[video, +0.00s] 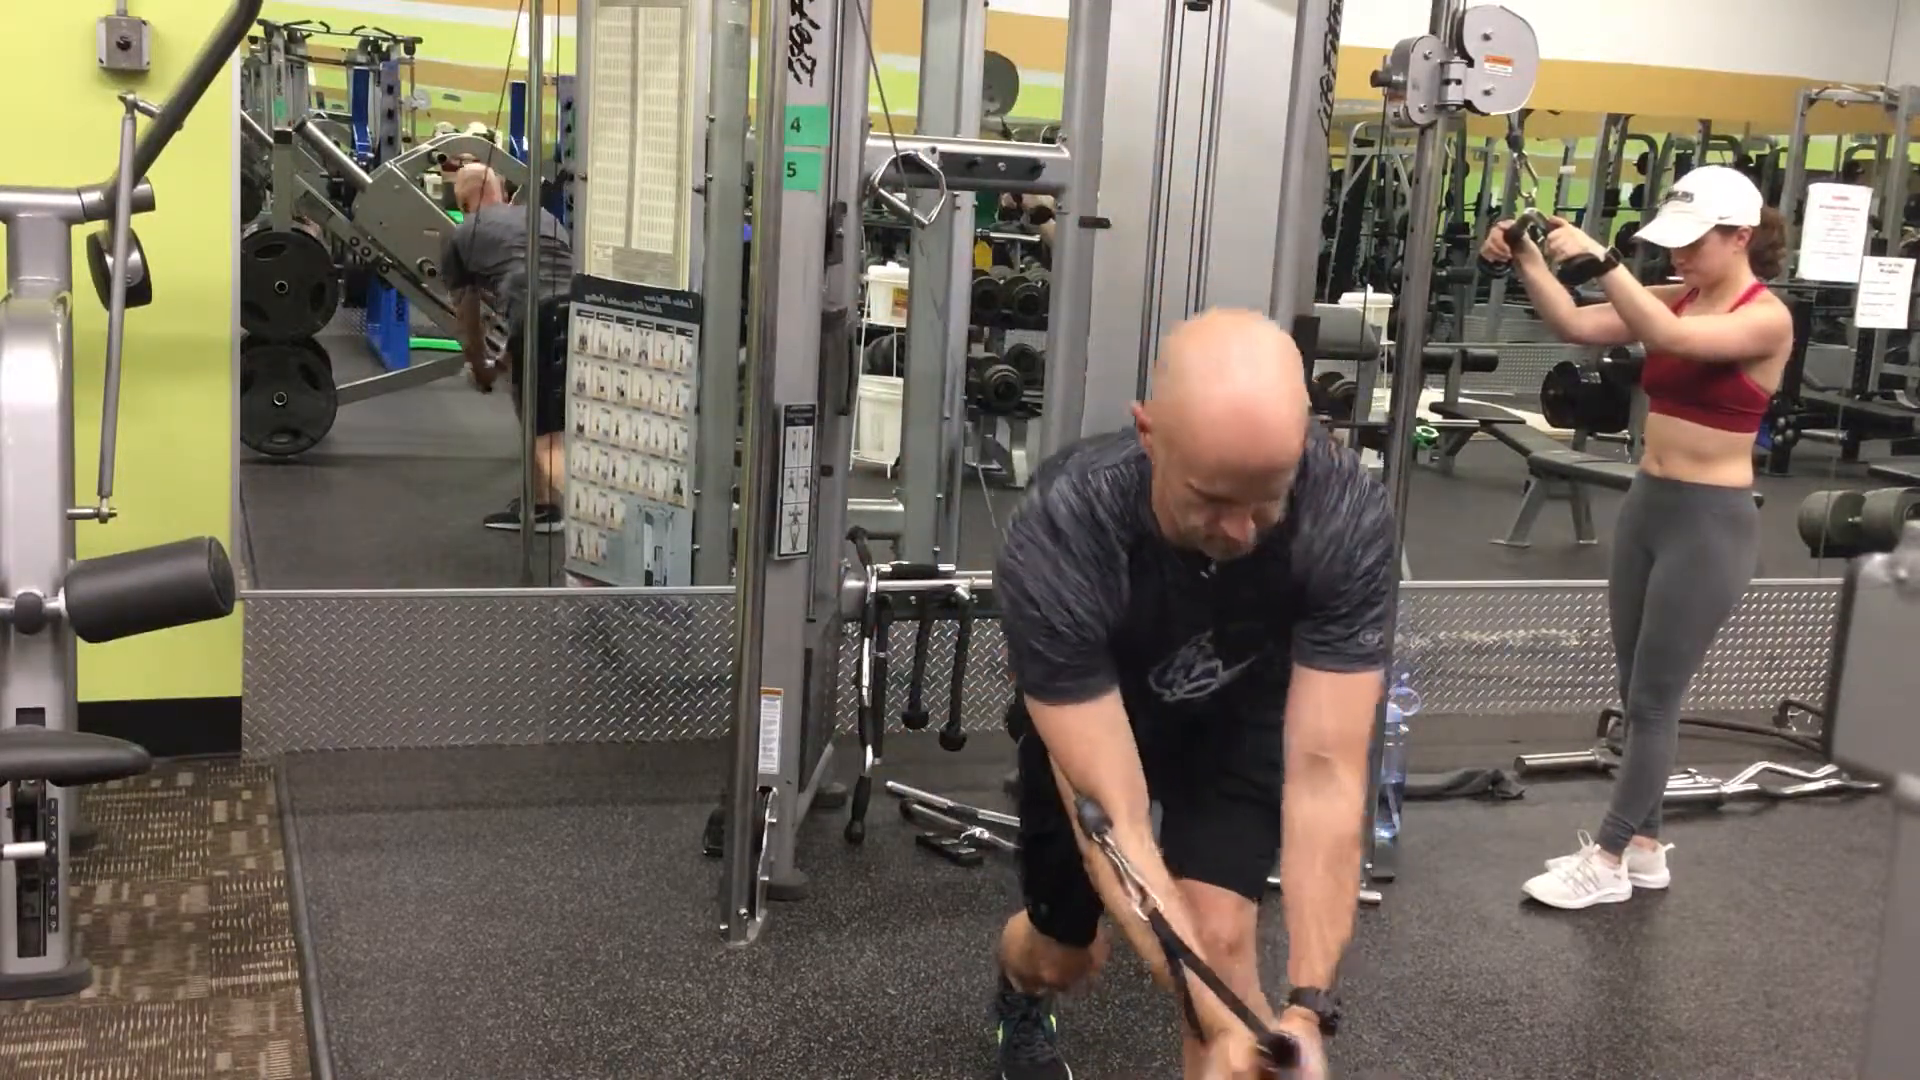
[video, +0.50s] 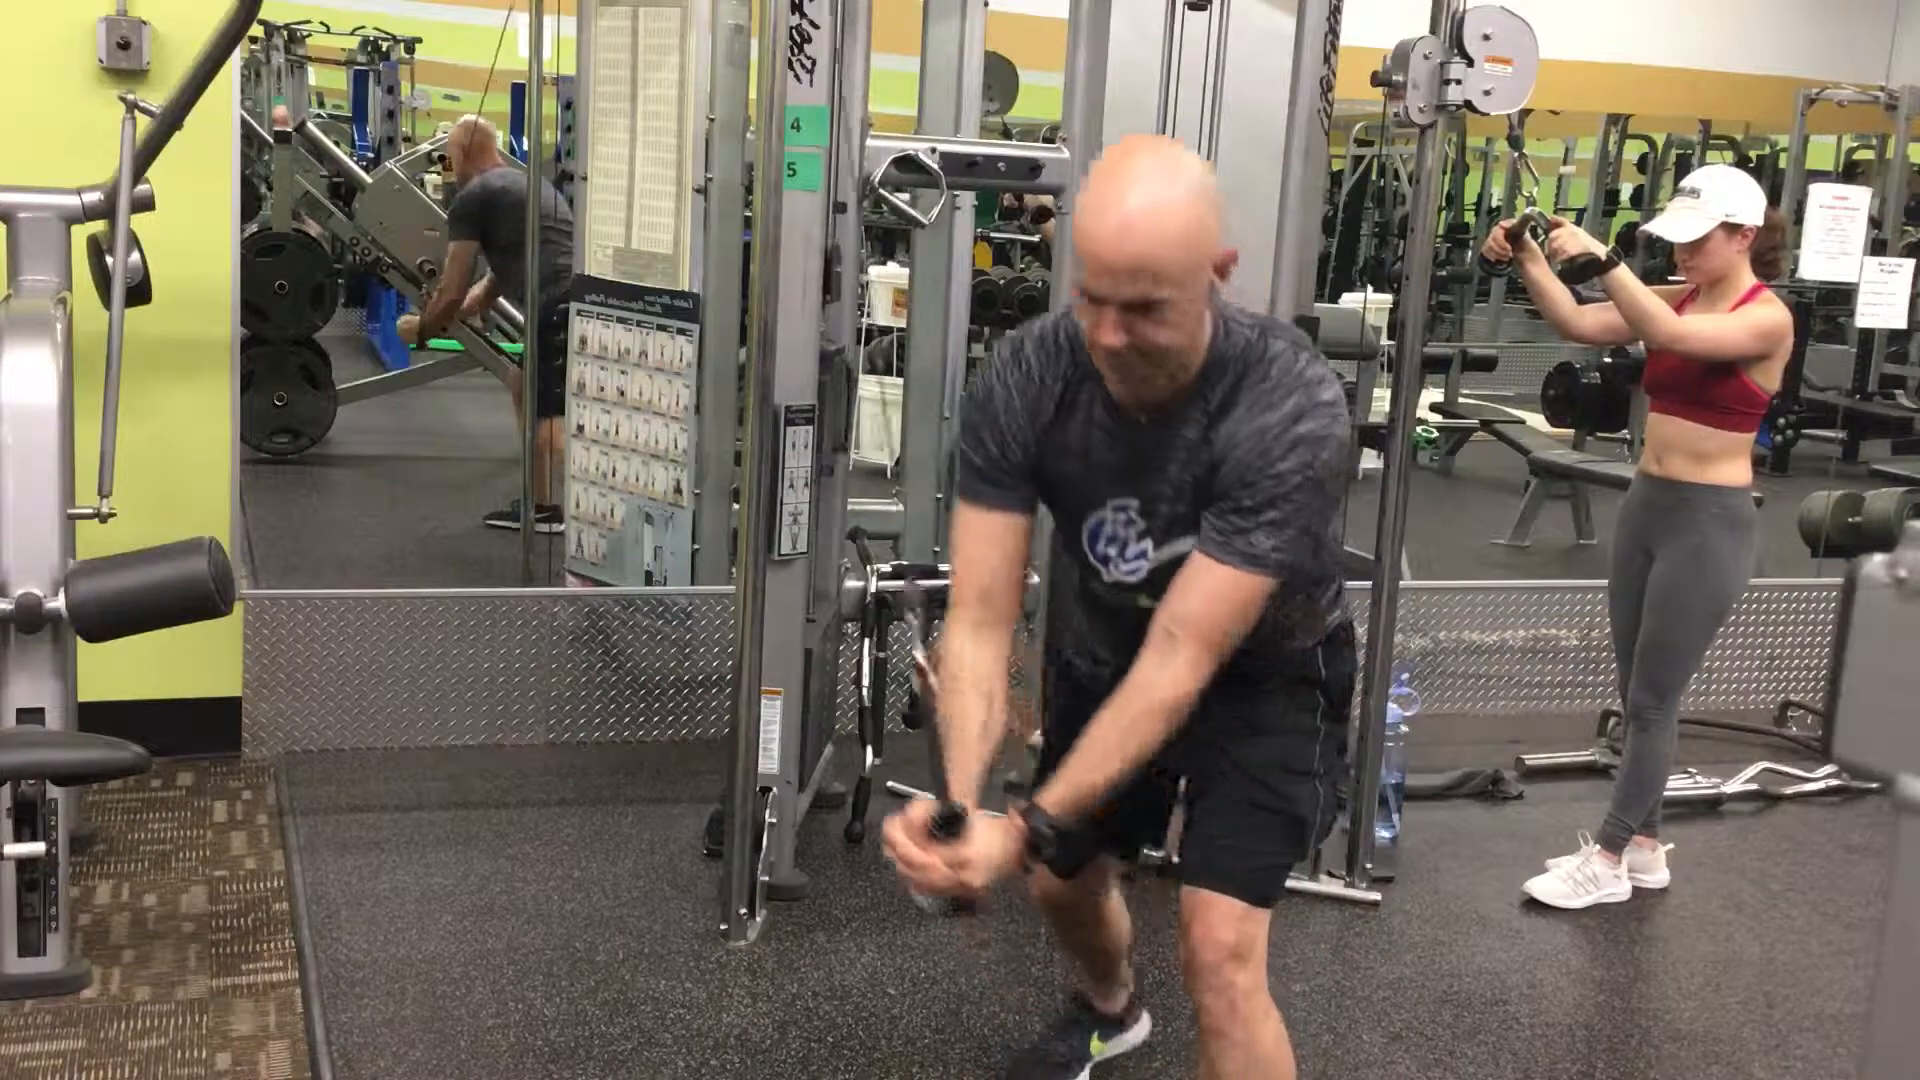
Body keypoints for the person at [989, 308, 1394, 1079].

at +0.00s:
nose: (1241, 530)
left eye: (1267, 499)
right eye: (1210, 500)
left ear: (1298, 444)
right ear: (1146, 434)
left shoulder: (1346, 518)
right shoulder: (1058, 535)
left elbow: (1328, 770)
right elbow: (1109, 821)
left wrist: (1310, 1004)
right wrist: (1222, 1022)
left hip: (1235, 721)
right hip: (1090, 707)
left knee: (1219, 940)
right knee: (1067, 960)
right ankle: (1020, 992)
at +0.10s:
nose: (1222, 489)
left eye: (1248, 455)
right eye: (1191, 459)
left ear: (1287, 384)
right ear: (1132, 393)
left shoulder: (1340, 495)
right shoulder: (1052, 500)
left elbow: (1300, 753)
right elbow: (1079, 780)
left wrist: (1253, 979)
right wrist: (1156, 987)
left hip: (1241, 732)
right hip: (1105, 723)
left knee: (1221, 953)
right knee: (1058, 944)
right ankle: (1033, 997)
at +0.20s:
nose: (1194, 449)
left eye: (1226, 420)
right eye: (1166, 414)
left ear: (1279, 356)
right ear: (1121, 351)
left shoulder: (1334, 475)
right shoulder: (1046, 466)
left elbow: (1269, 734)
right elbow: (1051, 738)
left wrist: (1187, 945)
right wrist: (1087, 931)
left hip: (1251, 715)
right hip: (1109, 705)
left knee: (1230, 960)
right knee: (1054, 923)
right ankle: (1044, 995)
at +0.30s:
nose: (1167, 406)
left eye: (1202, 378)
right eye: (1142, 370)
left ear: (1261, 333)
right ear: (1108, 316)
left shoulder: (1322, 453)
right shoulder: (1033, 436)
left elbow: (1236, 707)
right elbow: (1023, 696)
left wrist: (1124, 907)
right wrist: (1035, 888)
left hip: (1267, 694)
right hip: (1107, 686)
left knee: (1222, 947)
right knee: (1054, 900)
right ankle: (1061, 1004)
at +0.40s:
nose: (1139, 370)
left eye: (1173, 343)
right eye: (1117, 336)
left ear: (1242, 305)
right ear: (1092, 295)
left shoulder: (1304, 426)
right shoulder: (1023, 411)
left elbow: (1207, 681)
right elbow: (999, 655)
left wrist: (1076, 865)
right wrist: (998, 834)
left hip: (1265, 683)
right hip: (1099, 671)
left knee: (1221, 954)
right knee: (1068, 880)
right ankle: (1089, 1007)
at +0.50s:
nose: (1109, 336)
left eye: (1145, 311)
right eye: (1091, 302)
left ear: (1219, 274)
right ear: (1071, 260)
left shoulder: (1291, 403)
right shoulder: (1022, 378)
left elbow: (1181, 655)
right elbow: (980, 616)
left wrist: (1032, 823)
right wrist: (962, 797)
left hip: (1262, 672)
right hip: (1102, 653)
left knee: (1219, 946)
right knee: (1060, 874)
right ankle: (1114, 1012)